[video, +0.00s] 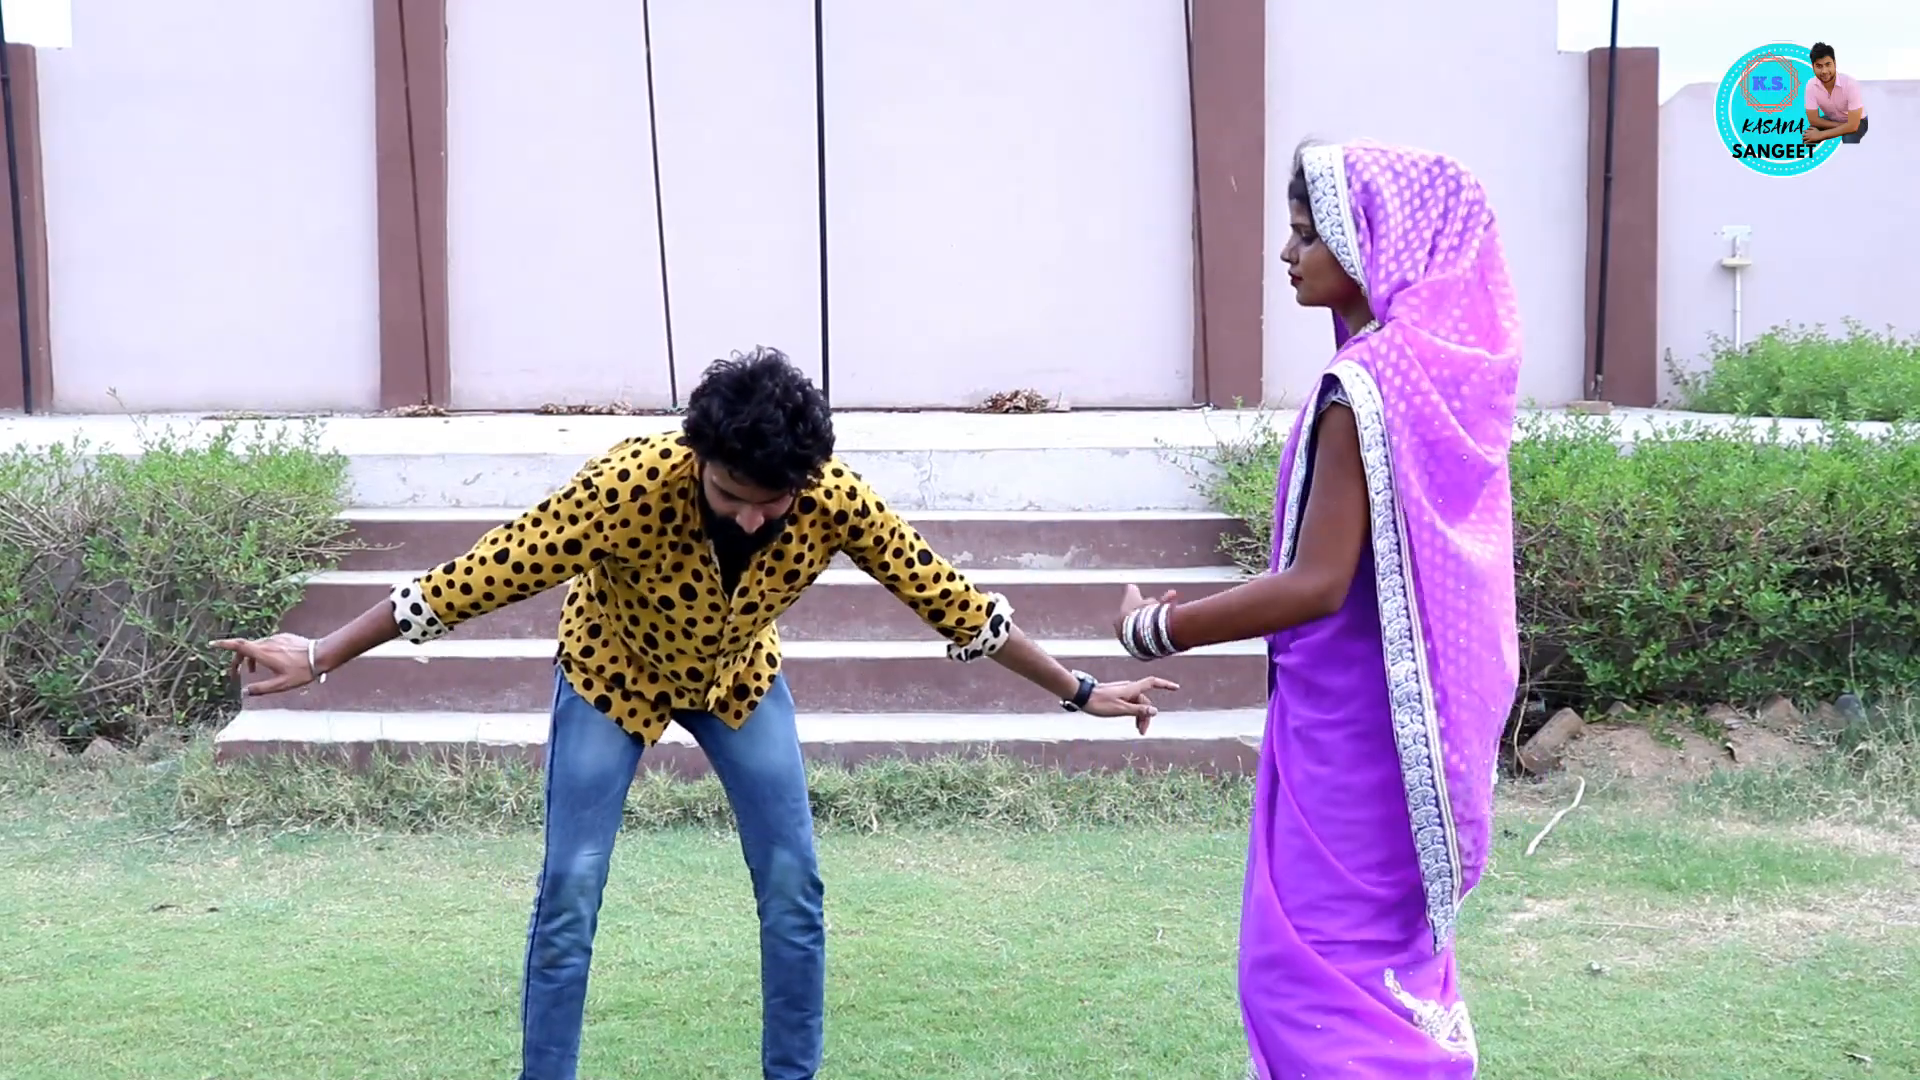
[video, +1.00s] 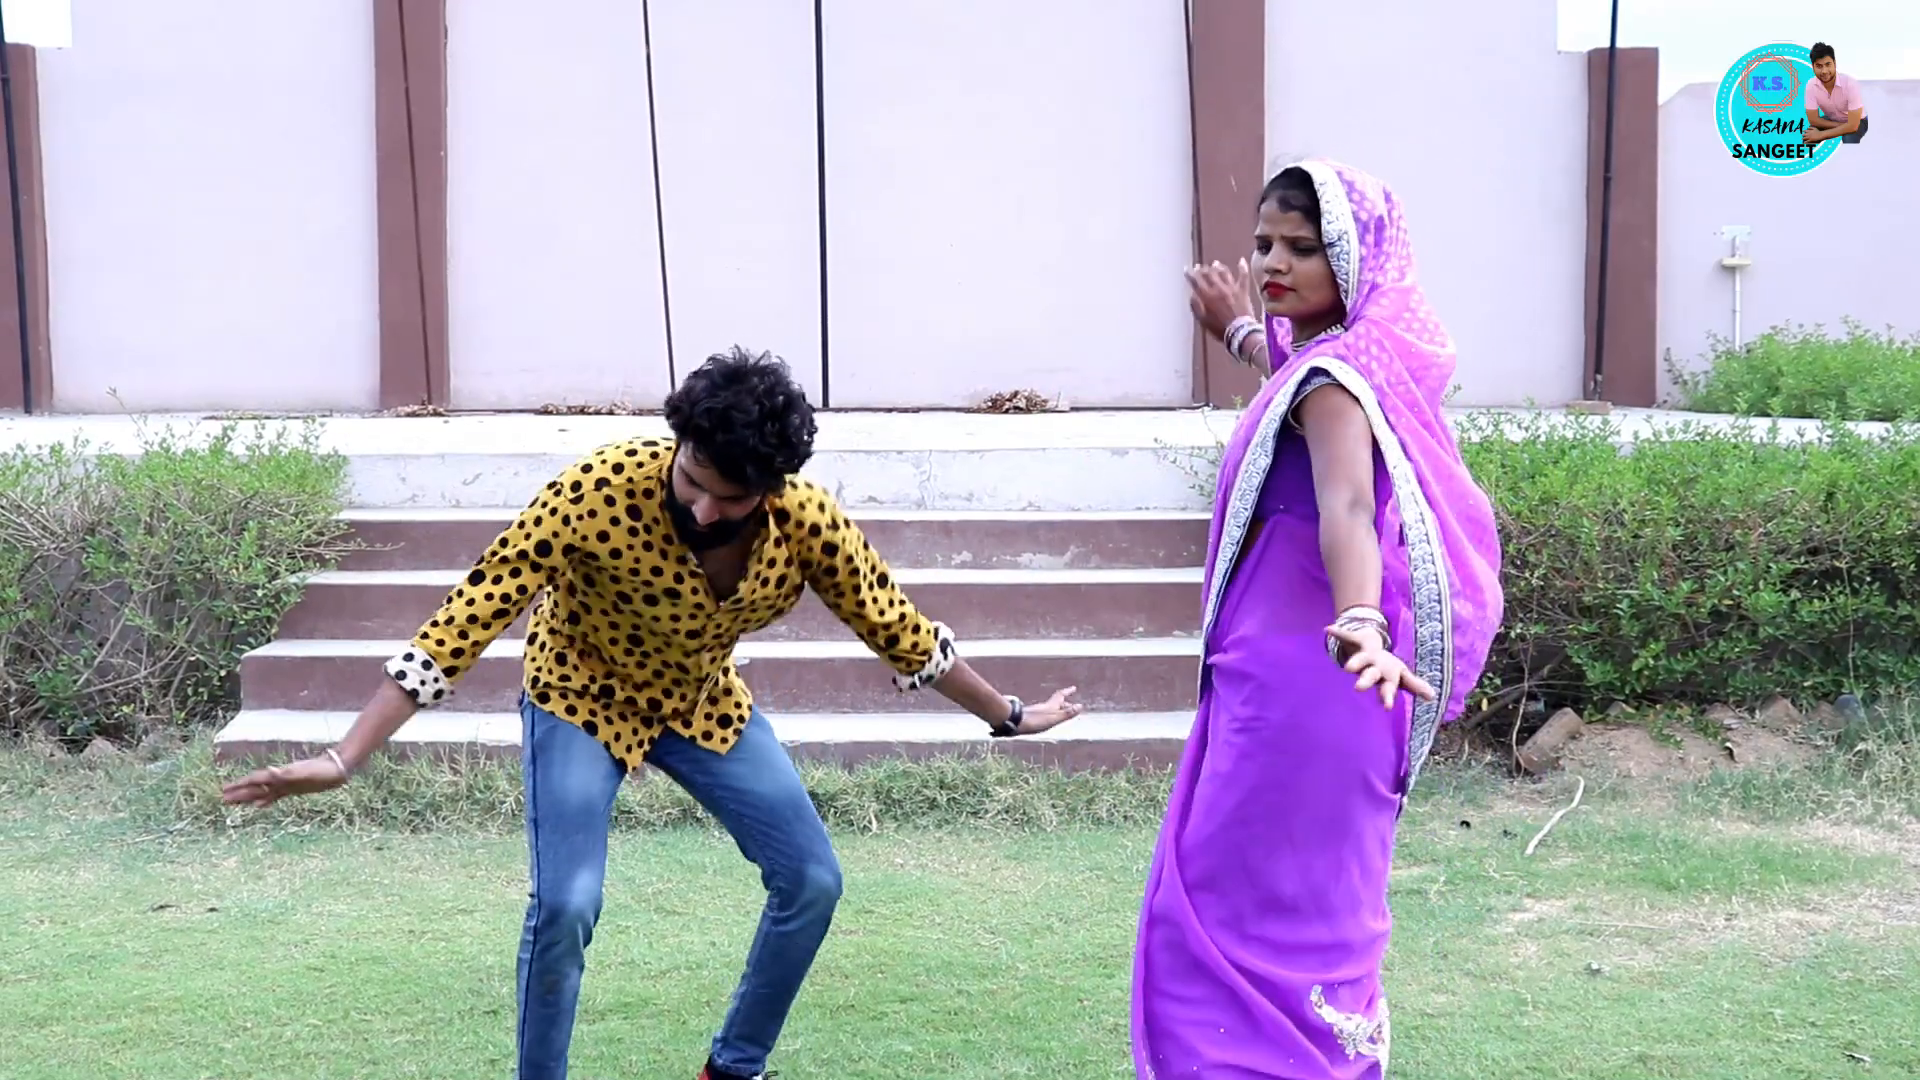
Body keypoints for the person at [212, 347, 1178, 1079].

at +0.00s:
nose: (755, 516)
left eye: (776, 501)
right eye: (739, 495)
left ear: (805, 475)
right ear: (702, 456)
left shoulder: (828, 492)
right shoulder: (633, 479)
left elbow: (941, 594)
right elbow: (489, 570)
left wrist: (1072, 690)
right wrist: (322, 652)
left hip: (736, 667)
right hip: (610, 665)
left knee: (793, 870)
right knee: (570, 885)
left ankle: (793, 1069)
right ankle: (546, 1071)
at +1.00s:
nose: (697, 502)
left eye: (723, 493)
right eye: (689, 477)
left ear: (773, 485)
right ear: (673, 443)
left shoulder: (804, 520)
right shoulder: (599, 492)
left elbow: (898, 631)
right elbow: (469, 616)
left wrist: (1008, 714)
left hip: (699, 693)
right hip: (578, 690)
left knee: (813, 881)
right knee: (567, 905)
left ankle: (733, 1067)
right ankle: (540, 1078)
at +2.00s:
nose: (443, 217)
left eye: (458, 201)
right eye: (417, 204)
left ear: (481, 222)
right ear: (378, 231)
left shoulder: (523, 355)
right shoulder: (350, 355)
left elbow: (659, 424)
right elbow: (281, 442)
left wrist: (803, 441)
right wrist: (226, 505)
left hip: (533, 667)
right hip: (426, 677)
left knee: (615, 861)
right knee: (420, 920)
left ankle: (554, 1066)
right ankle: (360, 1076)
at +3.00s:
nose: (371, 207)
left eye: (378, 184)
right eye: (340, 202)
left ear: (403, 195)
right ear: (310, 236)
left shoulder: (449, 325)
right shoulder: (331, 342)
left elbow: (581, 318)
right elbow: (257, 420)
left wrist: (728, 269)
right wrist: (165, 485)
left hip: (510, 659)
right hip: (414, 673)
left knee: (584, 850)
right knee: (413, 907)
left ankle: (554, 1064)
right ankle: (357, 1073)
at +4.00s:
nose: (621, 212)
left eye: (615, 194)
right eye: (604, 198)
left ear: (555, 218)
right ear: (546, 220)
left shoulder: (602, 297)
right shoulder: (495, 349)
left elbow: (696, 258)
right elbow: (444, 501)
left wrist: (803, 208)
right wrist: (457, 567)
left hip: (629, 648)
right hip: (550, 660)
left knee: (701, 833)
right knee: (554, 893)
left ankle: (676, 1059)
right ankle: (495, 1071)